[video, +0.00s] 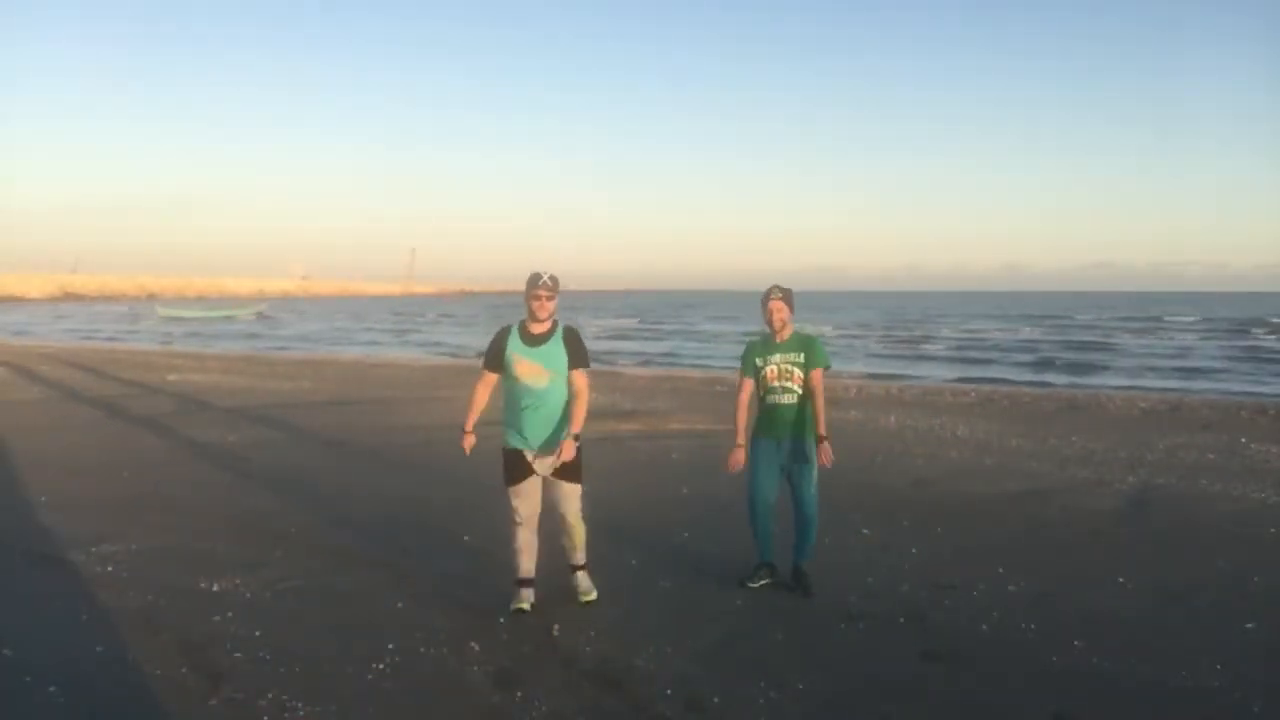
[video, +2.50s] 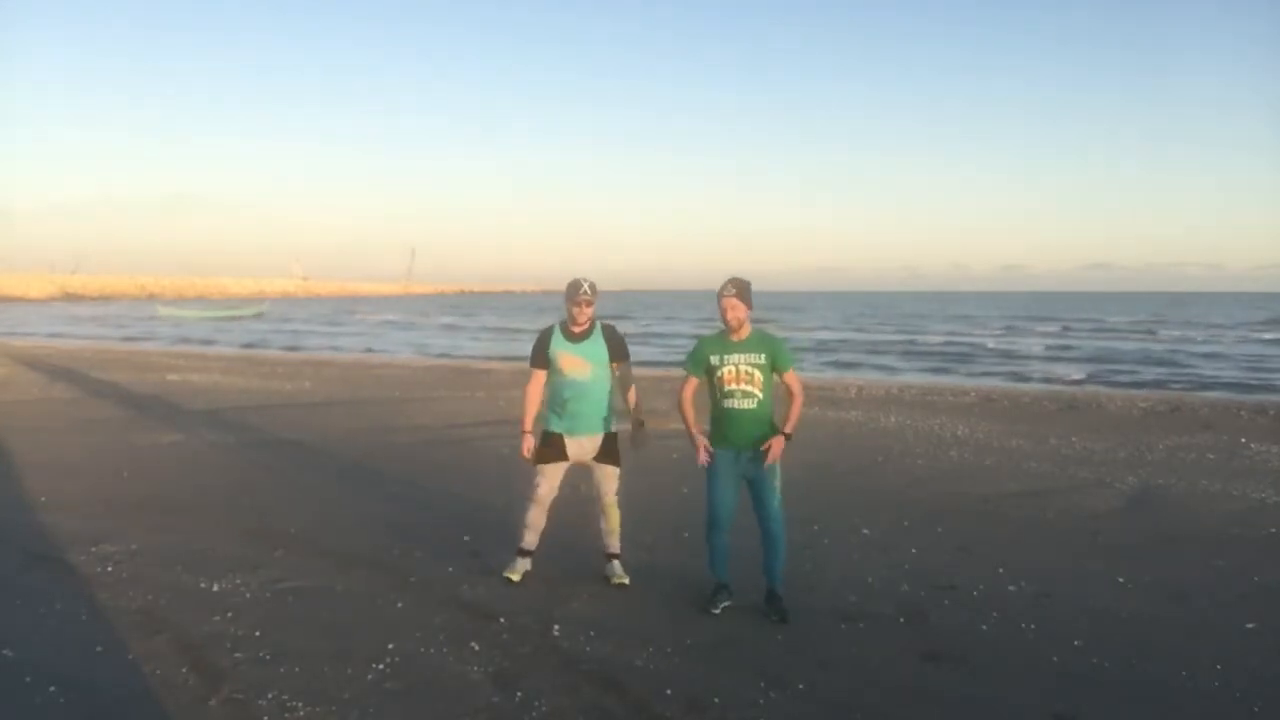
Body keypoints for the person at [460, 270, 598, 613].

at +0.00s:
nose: (542, 304)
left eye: (548, 299)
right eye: (536, 298)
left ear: (556, 301)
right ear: (526, 299)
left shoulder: (569, 338)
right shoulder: (506, 337)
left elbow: (581, 390)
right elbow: (485, 383)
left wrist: (573, 436)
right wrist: (469, 425)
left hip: (562, 443)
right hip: (519, 445)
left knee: (571, 516)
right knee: (523, 519)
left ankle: (580, 572)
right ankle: (524, 589)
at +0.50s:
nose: (583, 313)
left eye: (589, 307)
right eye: (578, 306)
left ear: (595, 309)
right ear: (565, 303)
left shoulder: (602, 342)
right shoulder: (541, 336)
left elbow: (611, 394)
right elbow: (525, 381)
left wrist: (606, 441)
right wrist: (522, 428)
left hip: (588, 443)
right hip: (544, 441)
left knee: (590, 510)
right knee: (537, 510)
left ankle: (592, 570)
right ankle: (531, 575)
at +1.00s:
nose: (571, 315)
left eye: (576, 309)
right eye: (565, 309)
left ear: (580, 309)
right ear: (552, 305)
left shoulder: (586, 339)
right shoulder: (529, 338)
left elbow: (606, 380)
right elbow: (510, 387)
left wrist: (622, 421)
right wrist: (510, 429)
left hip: (578, 432)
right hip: (538, 434)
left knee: (584, 500)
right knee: (540, 501)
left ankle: (592, 566)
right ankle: (540, 562)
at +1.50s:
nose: (567, 310)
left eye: (572, 305)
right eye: (561, 304)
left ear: (577, 306)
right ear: (550, 303)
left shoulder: (589, 335)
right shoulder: (532, 340)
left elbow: (606, 378)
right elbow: (512, 387)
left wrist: (613, 419)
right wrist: (506, 431)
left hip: (588, 430)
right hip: (545, 433)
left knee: (599, 494)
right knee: (544, 498)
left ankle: (610, 556)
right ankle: (540, 560)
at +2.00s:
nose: (595, 305)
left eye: (601, 300)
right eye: (590, 299)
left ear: (608, 301)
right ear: (581, 301)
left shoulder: (623, 332)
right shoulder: (565, 335)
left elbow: (632, 379)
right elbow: (564, 384)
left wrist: (612, 410)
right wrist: (587, 414)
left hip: (617, 426)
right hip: (578, 427)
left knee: (616, 496)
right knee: (580, 496)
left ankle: (615, 559)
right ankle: (581, 557)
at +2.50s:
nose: (582, 310)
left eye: (588, 304)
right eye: (576, 304)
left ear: (595, 306)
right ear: (566, 304)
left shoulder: (610, 337)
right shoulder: (548, 338)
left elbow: (626, 381)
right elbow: (535, 385)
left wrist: (637, 420)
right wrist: (527, 430)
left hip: (601, 434)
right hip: (557, 434)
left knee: (609, 499)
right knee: (541, 495)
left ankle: (614, 560)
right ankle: (524, 556)